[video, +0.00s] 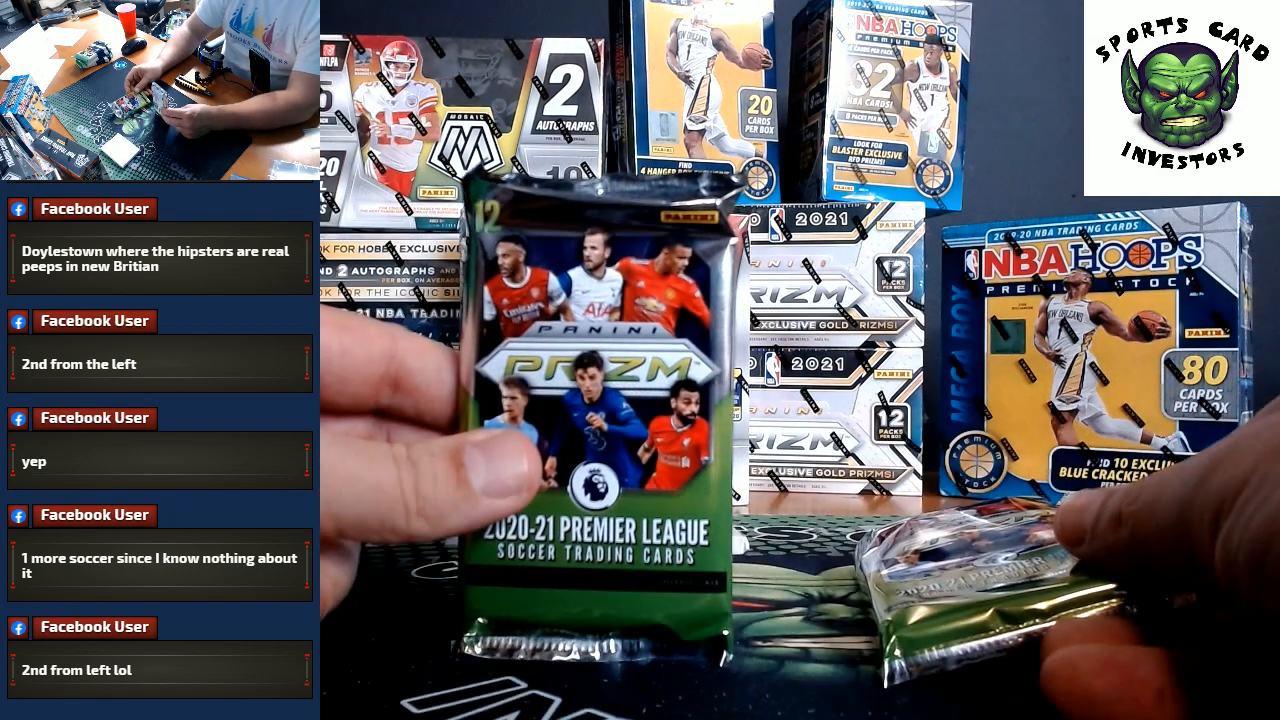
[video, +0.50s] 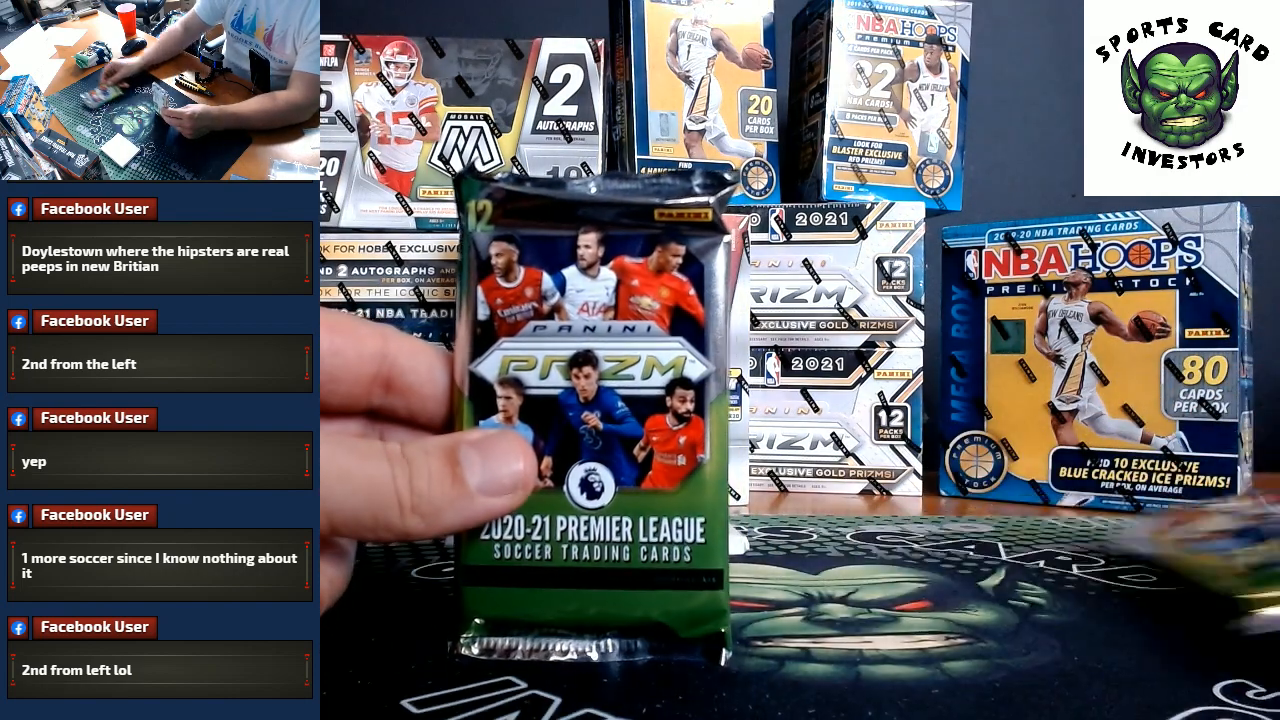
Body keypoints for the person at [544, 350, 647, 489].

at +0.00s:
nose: (587, 384)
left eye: (592, 378)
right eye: (582, 378)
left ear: (602, 376)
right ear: (576, 379)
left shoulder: (613, 399)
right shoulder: (571, 401)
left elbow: (641, 432)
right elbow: (562, 428)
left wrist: (608, 428)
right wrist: (553, 455)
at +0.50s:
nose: (582, 384)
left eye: (587, 377)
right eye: (577, 377)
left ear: (597, 375)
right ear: (571, 378)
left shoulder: (608, 397)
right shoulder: (566, 400)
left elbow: (636, 430)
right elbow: (559, 427)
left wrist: (603, 427)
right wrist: (549, 455)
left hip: (618, 470)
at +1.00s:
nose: (583, 383)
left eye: (588, 376)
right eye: (577, 376)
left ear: (597, 374)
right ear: (571, 376)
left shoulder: (608, 397)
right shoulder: (566, 399)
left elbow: (637, 429)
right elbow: (559, 426)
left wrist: (603, 426)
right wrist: (549, 454)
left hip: (619, 469)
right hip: (588, 465)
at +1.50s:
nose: (592, 386)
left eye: (598, 379)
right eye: (587, 380)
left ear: (607, 377)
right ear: (581, 379)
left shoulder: (619, 400)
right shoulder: (575, 403)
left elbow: (647, 433)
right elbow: (568, 430)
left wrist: (613, 430)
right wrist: (558, 458)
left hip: (630, 473)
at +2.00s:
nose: (591, 385)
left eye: (596, 378)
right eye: (586, 379)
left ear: (606, 376)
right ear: (580, 378)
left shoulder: (617, 399)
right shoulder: (574, 402)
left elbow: (646, 432)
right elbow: (567, 429)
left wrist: (612, 429)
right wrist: (558, 457)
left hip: (630, 473)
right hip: (598, 471)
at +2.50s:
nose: (588, 385)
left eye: (593, 378)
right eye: (582, 379)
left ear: (603, 375)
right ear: (576, 378)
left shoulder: (615, 399)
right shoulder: (571, 402)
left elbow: (644, 432)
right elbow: (565, 427)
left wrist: (610, 429)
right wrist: (555, 457)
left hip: (628, 474)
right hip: (596, 472)